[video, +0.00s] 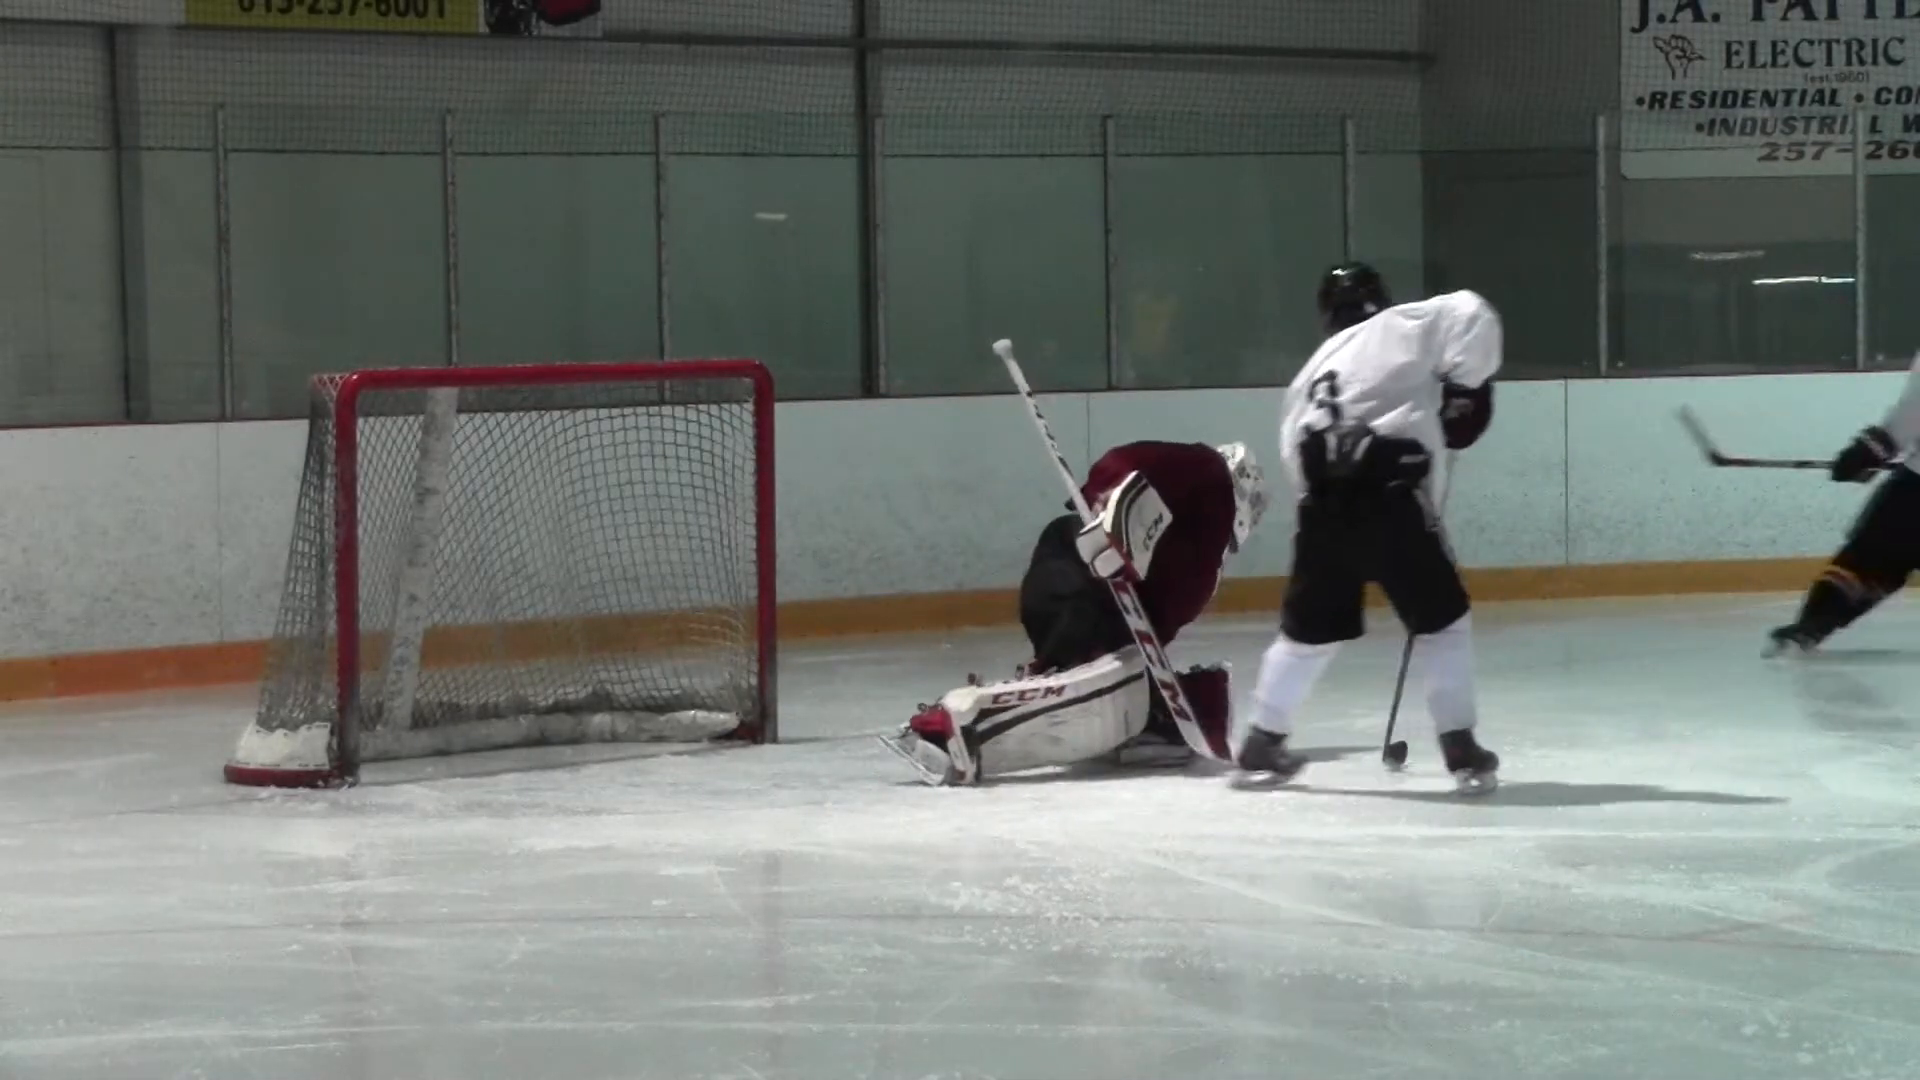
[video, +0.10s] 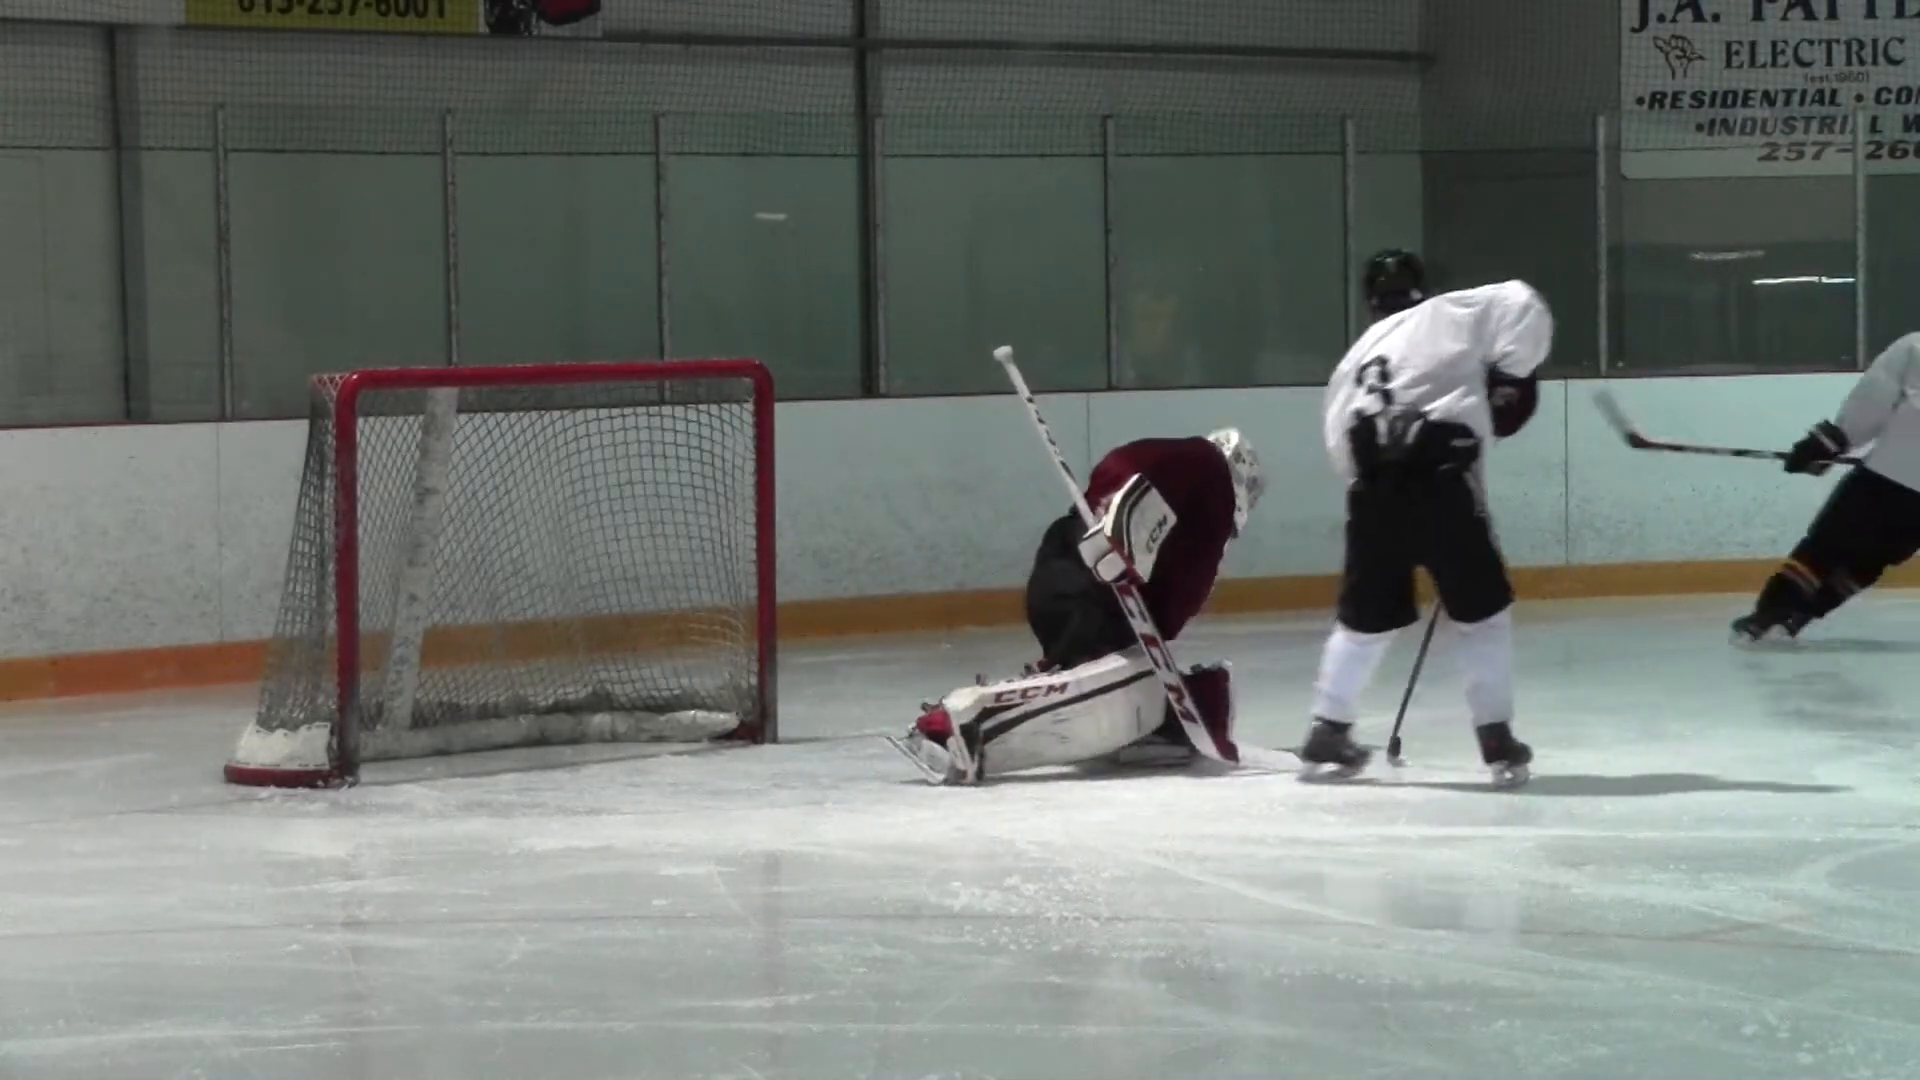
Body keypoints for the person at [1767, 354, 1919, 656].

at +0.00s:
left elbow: (1913, 403)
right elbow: (1914, 402)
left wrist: (1876, 444)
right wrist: (1877, 444)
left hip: (1915, 477)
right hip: (1913, 476)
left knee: (1869, 554)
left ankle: (1810, 627)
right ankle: (1812, 627)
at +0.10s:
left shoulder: (1912, 349)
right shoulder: (1909, 351)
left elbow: (1873, 396)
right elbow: (1875, 398)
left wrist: (1829, 439)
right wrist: (1832, 442)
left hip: (1889, 476)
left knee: (1824, 546)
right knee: (1866, 564)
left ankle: (1767, 616)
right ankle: (1795, 619)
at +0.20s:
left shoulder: (1907, 345)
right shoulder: (1905, 346)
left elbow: (1857, 393)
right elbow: (1858, 394)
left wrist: (1811, 428)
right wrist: (1815, 429)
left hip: (1866, 472)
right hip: (1913, 497)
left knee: (1813, 539)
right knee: (1865, 557)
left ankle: (1753, 608)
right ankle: (1808, 608)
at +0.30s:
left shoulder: (1912, 341)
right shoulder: (1910, 342)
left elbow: (1868, 384)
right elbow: (1870, 384)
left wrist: (1824, 414)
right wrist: (1827, 415)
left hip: (1882, 456)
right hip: (1918, 482)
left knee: (1834, 529)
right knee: (1895, 546)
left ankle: (1775, 596)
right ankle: (1842, 597)